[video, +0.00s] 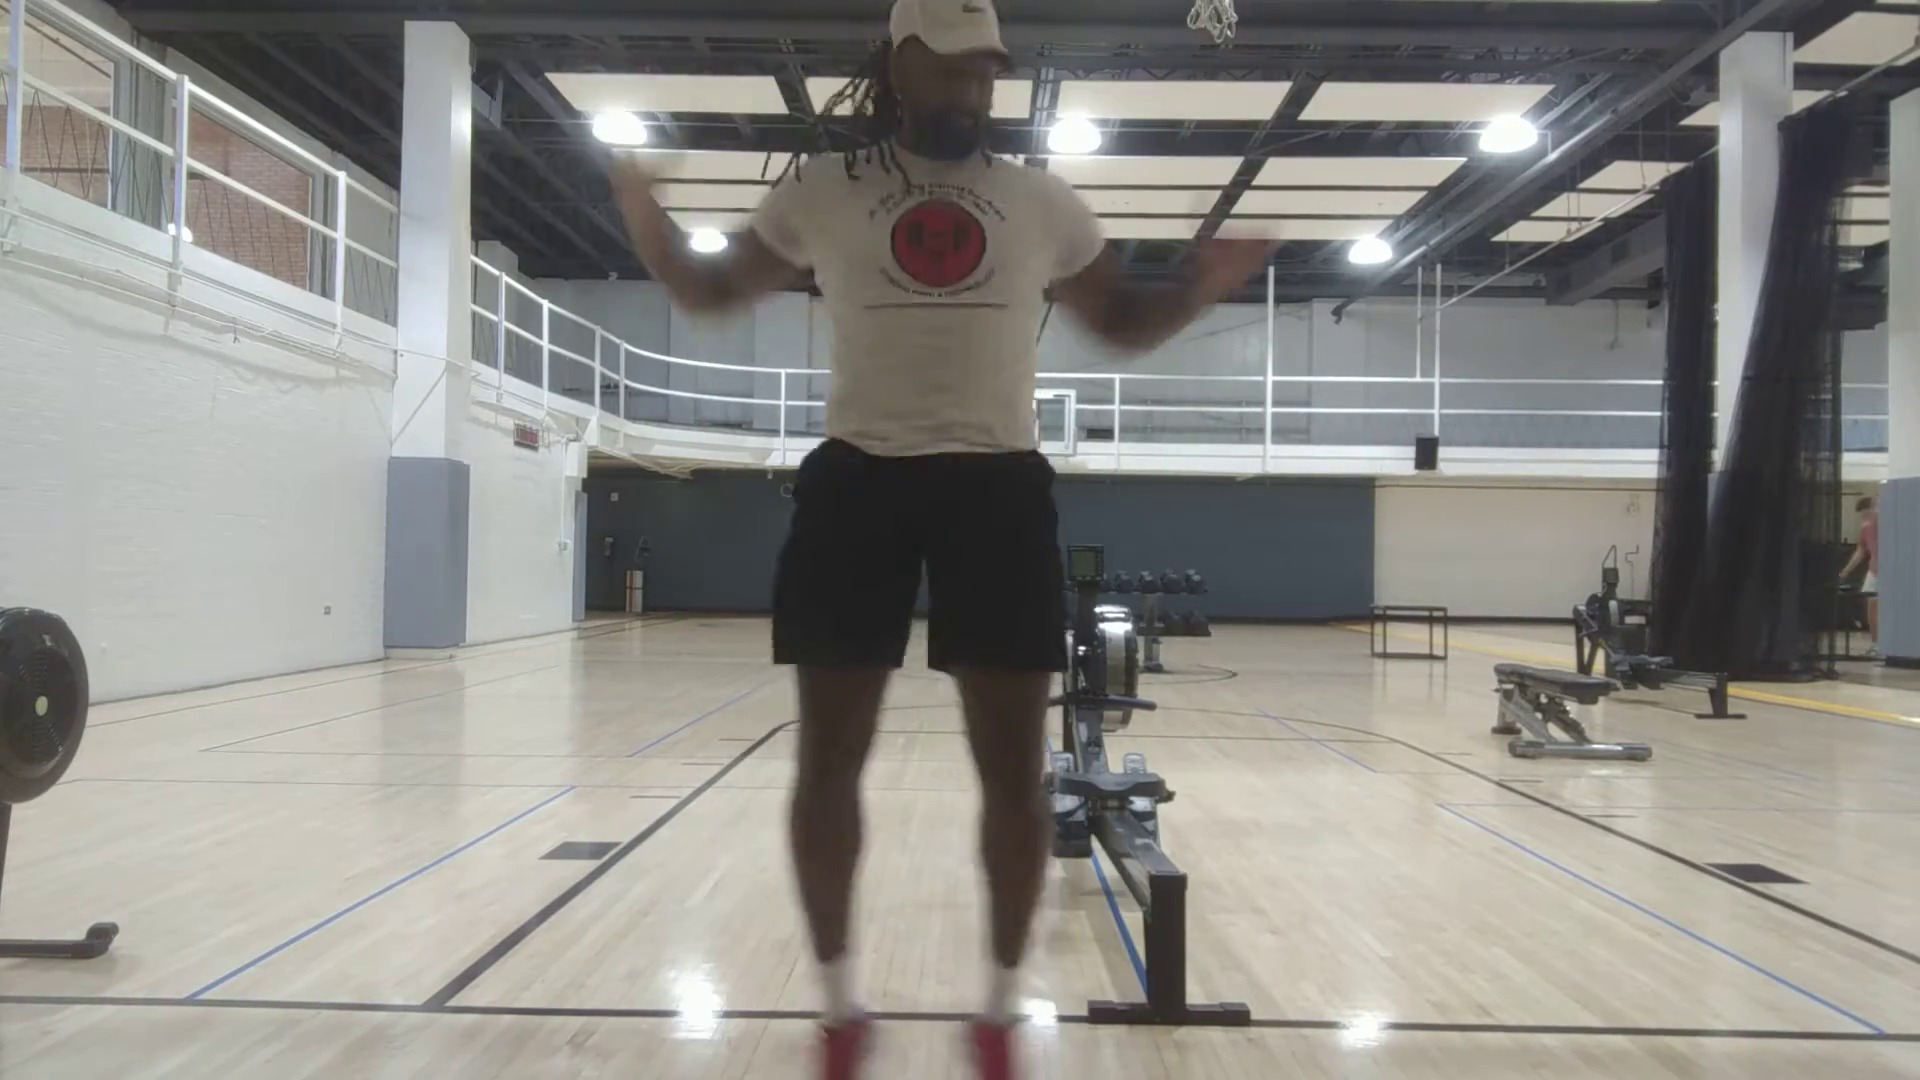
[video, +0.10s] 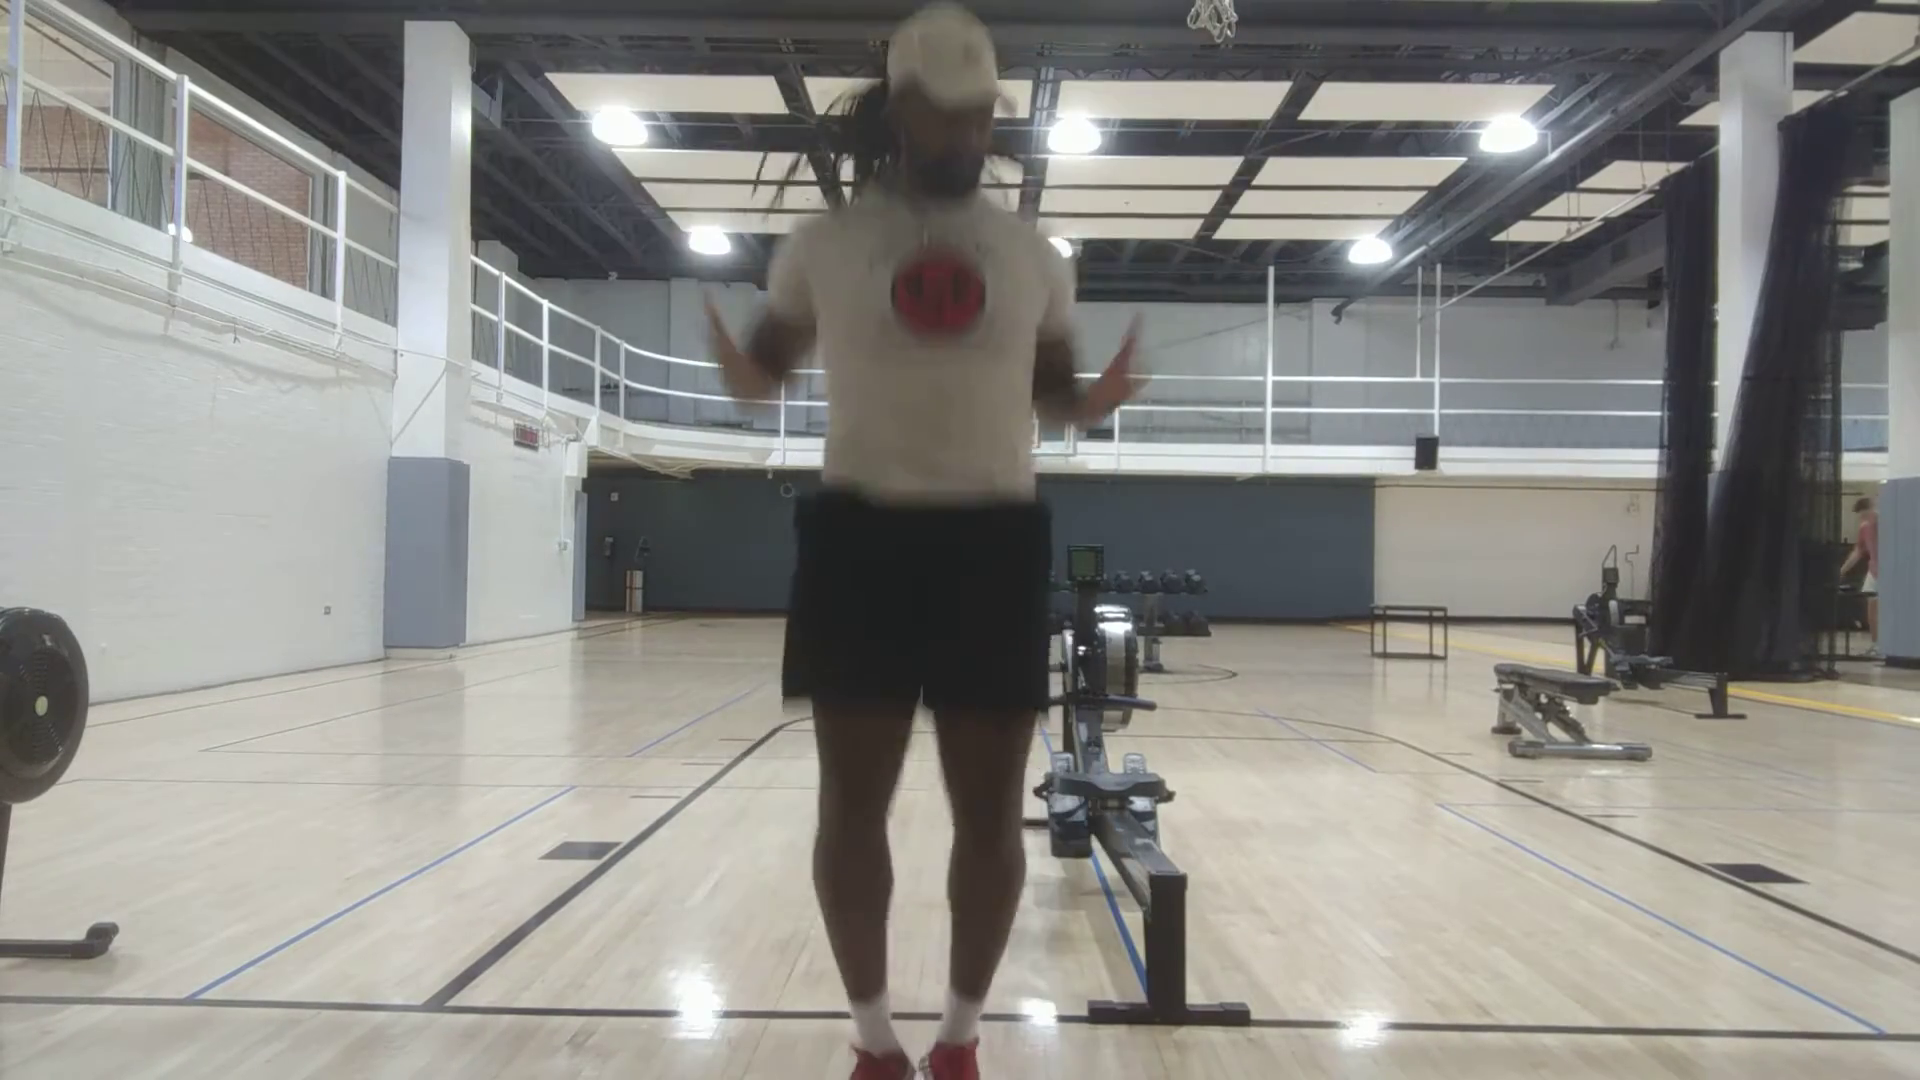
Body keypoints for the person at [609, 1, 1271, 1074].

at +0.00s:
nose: (971, 91)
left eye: (984, 71)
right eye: (950, 70)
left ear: (997, 76)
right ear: (896, 70)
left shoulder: (1039, 195)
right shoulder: (825, 188)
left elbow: (1122, 321)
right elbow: (712, 292)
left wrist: (1200, 281)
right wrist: (646, 214)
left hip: (999, 495)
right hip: (856, 492)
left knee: (1016, 768)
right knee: (831, 759)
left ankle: (1000, 1004)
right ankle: (840, 1003)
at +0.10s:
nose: (958, 134)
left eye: (975, 113)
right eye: (936, 112)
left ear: (996, 120)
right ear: (895, 115)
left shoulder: (1033, 253)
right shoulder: (827, 242)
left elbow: (1051, 393)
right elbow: (763, 377)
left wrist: (1091, 398)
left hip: (996, 537)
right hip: (862, 533)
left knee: (989, 808)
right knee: (853, 801)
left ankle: (959, 1039)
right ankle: (875, 1042)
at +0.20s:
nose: (962, 199)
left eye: (974, 178)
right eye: (940, 180)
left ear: (989, 180)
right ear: (890, 180)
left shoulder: (1025, 306)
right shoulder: (825, 301)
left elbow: (1046, 449)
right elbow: (778, 444)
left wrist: (1070, 453)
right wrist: (798, 468)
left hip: (991, 595)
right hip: (857, 591)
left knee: (991, 846)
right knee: (854, 842)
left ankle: (953, 1054)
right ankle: (883, 1056)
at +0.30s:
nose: (949, 171)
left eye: (964, 152)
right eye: (928, 151)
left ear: (984, 157)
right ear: (883, 148)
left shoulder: (1024, 279)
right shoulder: (822, 264)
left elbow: (1078, 405)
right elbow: (765, 395)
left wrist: (1124, 396)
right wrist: (743, 394)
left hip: (989, 558)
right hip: (859, 556)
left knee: (984, 804)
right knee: (854, 799)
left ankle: (961, 1036)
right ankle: (874, 1038)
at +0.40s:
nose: (973, 126)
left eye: (984, 106)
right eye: (953, 105)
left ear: (995, 101)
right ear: (891, 98)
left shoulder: (1024, 213)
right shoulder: (825, 204)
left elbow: (1125, 324)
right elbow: (716, 318)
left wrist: (1191, 254)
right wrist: (651, 267)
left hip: (988, 503)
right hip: (854, 502)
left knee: (1002, 759)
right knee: (832, 754)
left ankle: (1004, 1002)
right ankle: (829, 997)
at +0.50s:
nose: (982, 146)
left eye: (991, 125)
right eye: (961, 125)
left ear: (997, 113)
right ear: (899, 109)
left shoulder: (1028, 213)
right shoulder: (824, 198)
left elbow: (1166, 255)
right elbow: (671, 250)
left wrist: (1195, 139)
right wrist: (613, 125)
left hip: (990, 499)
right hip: (852, 494)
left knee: (1031, 761)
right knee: (796, 754)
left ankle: (1061, 993)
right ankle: (765, 974)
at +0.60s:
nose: (959, 216)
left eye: (975, 199)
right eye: (942, 195)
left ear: (999, 195)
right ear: (897, 180)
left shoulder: (1027, 261)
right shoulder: (825, 253)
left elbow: (1153, 226)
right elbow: (675, 230)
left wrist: (1101, 92)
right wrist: (700, 92)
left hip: (986, 565)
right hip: (849, 561)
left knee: (1052, 817)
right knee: (775, 810)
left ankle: (1084, 1021)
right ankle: (720, 1008)